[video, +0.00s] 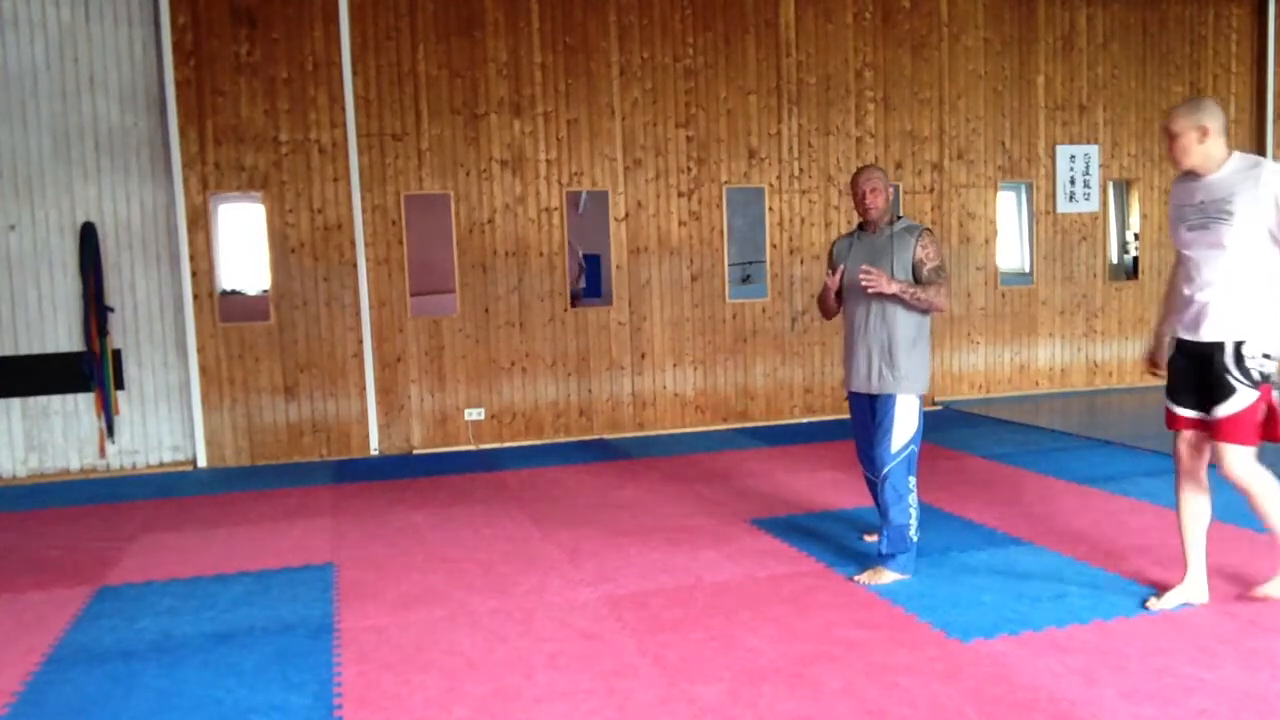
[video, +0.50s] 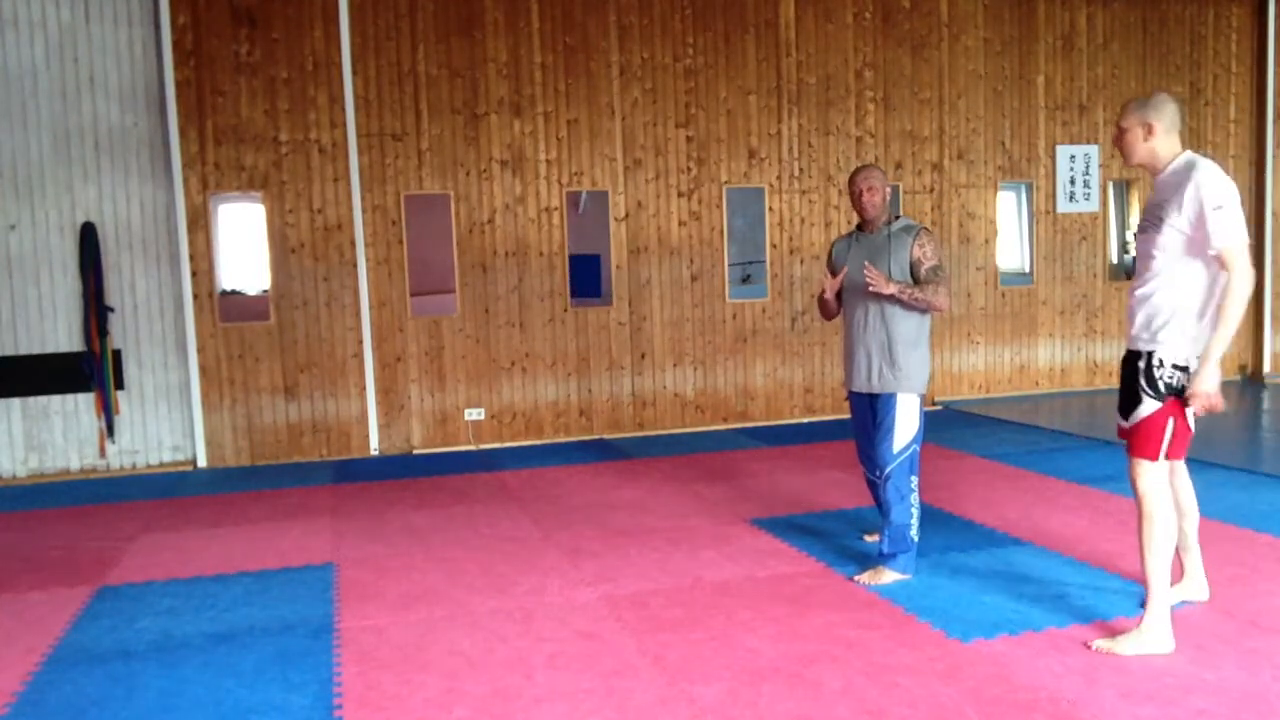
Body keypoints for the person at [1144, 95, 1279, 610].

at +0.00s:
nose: (1169, 148)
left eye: (1175, 138)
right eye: (1168, 139)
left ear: (1207, 135)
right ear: (1189, 138)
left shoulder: (1265, 178)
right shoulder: (1181, 191)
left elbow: (1278, 258)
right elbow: (1184, 268)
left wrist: (1276, 344)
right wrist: (1161, 335)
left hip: (1246, 342)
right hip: (1190, 341)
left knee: (1235, 460)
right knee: (1189, 456)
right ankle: (1195, 580)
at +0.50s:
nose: (1116, 144)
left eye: (1121, 132)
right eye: (1118, 133)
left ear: (1148, 131)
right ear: (1150, 131)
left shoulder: (1205, 180)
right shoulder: (1164, 185)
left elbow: (1242, 274)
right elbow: (1171, 273)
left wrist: (1210, 365)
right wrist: (1143, 346)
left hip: (1170, 353)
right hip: (1150, 348)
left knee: (1148, 474)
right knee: (1171, 465)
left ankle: (1155, 624)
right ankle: (1193, 575)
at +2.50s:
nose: (1078, 127)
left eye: (1085, 116)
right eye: (1079, 117)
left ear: (1114, 116)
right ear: (1116, 115)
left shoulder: (1145, 159)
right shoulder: (1130, 164)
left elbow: (1220, 221)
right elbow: (1200, 221)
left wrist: (1174, 300)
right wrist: (1136, 303)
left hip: (1141, 343)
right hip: (1131, 341)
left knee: (1152, 477)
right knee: (1150, 474)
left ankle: (1159, 624)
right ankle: (1167, 594)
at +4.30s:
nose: (1079, 132)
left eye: (1087, 121)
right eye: (1080, 121)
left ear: (1121, 122)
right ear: (1118, 122)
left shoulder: (1148, 156)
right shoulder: (1131, 164)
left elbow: (1223, 211)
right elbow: (1225, 213)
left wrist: (1164, 268)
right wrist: (1155, 271)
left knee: (1157, 477)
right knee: (1123, 472)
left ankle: (1161, 625)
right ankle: (1147, 603)